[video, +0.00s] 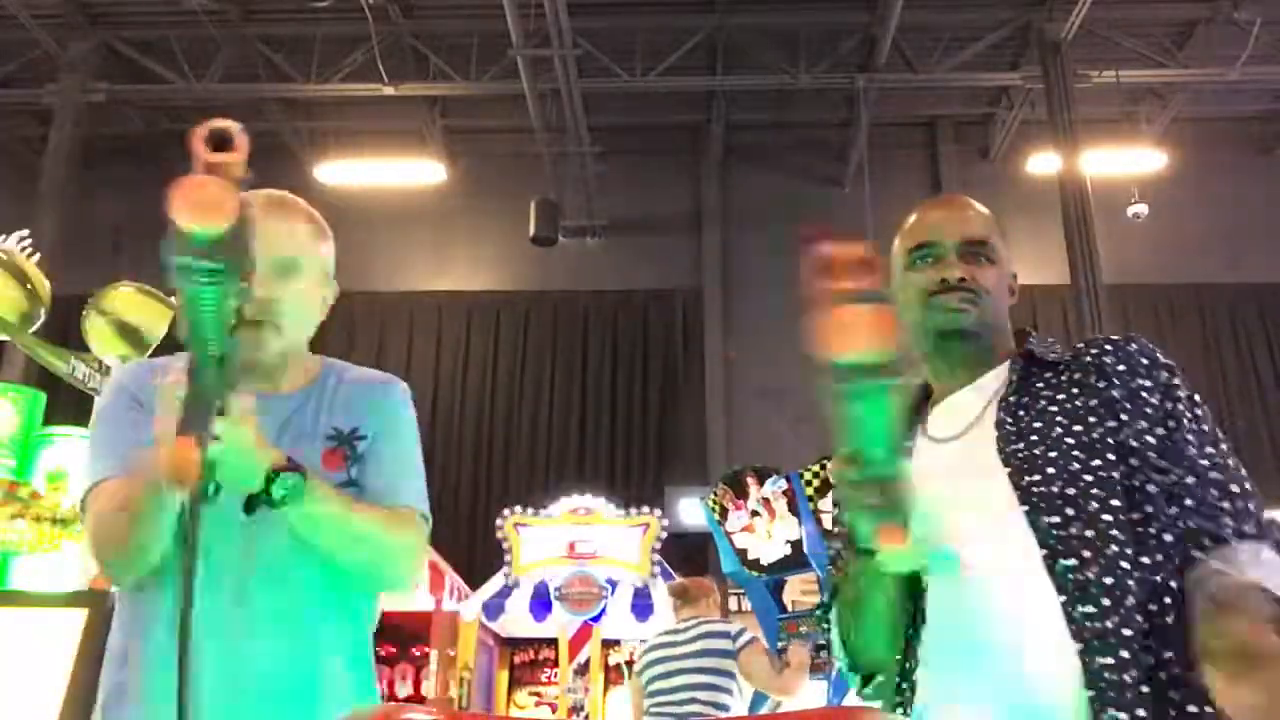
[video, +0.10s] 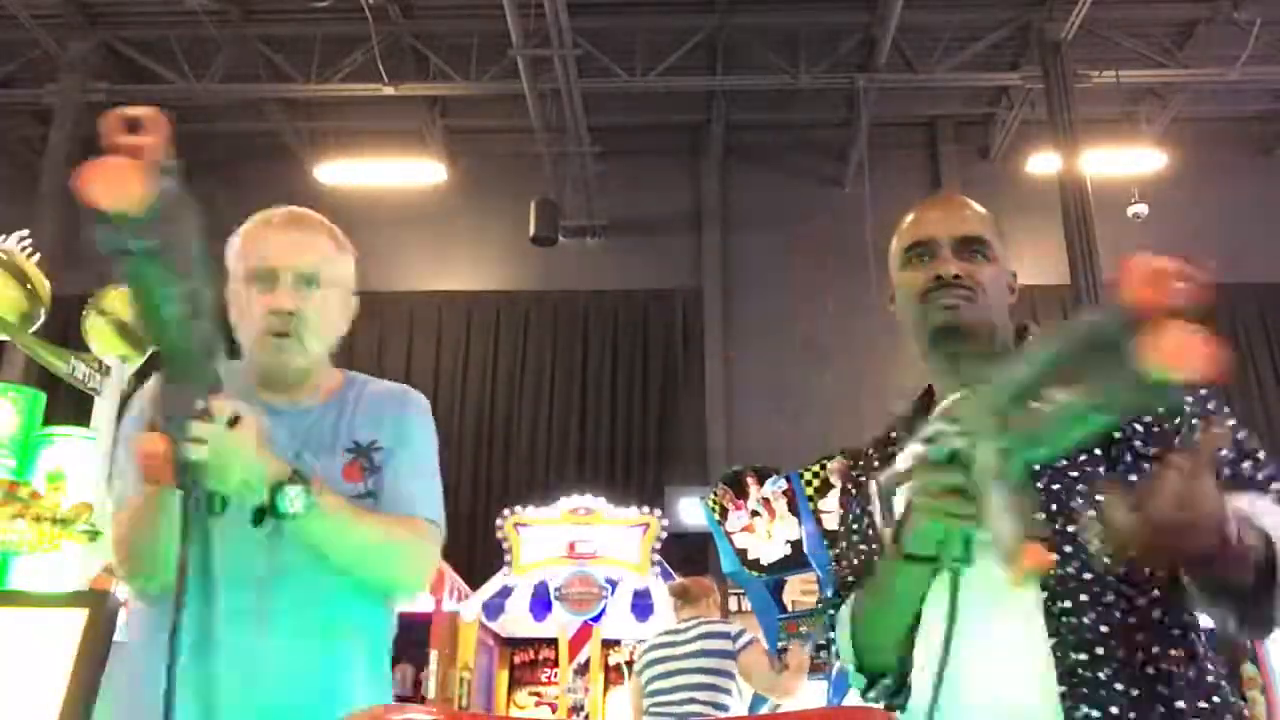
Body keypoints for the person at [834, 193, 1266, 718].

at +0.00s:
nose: (953, 271)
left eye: (977, 255)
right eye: (925, 259)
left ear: (1011, 285)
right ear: (893, 297)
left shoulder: (1116, 376)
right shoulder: (885, 445)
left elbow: (1229, 541)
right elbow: (871, 661)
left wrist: (1238, 622)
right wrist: (872, 536)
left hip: (1124, 704)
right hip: (945, 708)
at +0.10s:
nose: (946, 268)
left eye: (972, 251)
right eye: (919, 256)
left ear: (1011, 283)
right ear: (894, 299)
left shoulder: (1136, 404)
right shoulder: (881, 471)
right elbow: (866, 660)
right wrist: (912, 553)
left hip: (1154, 705)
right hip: (965, 708)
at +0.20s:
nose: (960, 266)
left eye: (985, 249)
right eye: (931, 251)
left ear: (1024, 279)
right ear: (904, 293)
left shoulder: (1121, 381)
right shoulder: (889, 465)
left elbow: (1245, 531)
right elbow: (869, 664)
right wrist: (916, 536)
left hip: (1135, 702)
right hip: (957, 706)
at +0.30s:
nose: (965, 260)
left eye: (990, 243)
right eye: (940, 243)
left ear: (1024, 273)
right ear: (912, 272)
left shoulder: (1122, 348)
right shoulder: (904, 411)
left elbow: (1153, 502)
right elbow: (881, 663)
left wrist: (995, 421)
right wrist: (882, 525)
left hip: (1139, 697)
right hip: (972, 705)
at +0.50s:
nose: (945, 266)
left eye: (973, 245)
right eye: (916, 247)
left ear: (1004, 268)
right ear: (884, 288)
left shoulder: (1090, 356)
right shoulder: (894, 426)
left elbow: (1167, 534)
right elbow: (852, 654)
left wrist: (1030, 437)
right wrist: (873, 538)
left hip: (1108, 697)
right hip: (935, 704)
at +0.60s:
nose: (926, 265)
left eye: (951, 250)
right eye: (899, 251)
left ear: (986, 283)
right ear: (872, 290)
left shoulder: (1095, 396)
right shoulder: (847, 470)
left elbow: (1216, 571)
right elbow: (823, 653)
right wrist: (896, 535)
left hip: (1109, 703)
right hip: (927, 707)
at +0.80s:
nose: (912, 270)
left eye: (937, 254)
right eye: (884, 253)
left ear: (972, 286)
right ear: (853, 293)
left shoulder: (1092, 414)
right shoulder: (829, 476)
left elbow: (1186, 572)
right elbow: (803, 664)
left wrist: (1074, 475)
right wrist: (859, 554)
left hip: (1081, 701)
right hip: (901, 704)